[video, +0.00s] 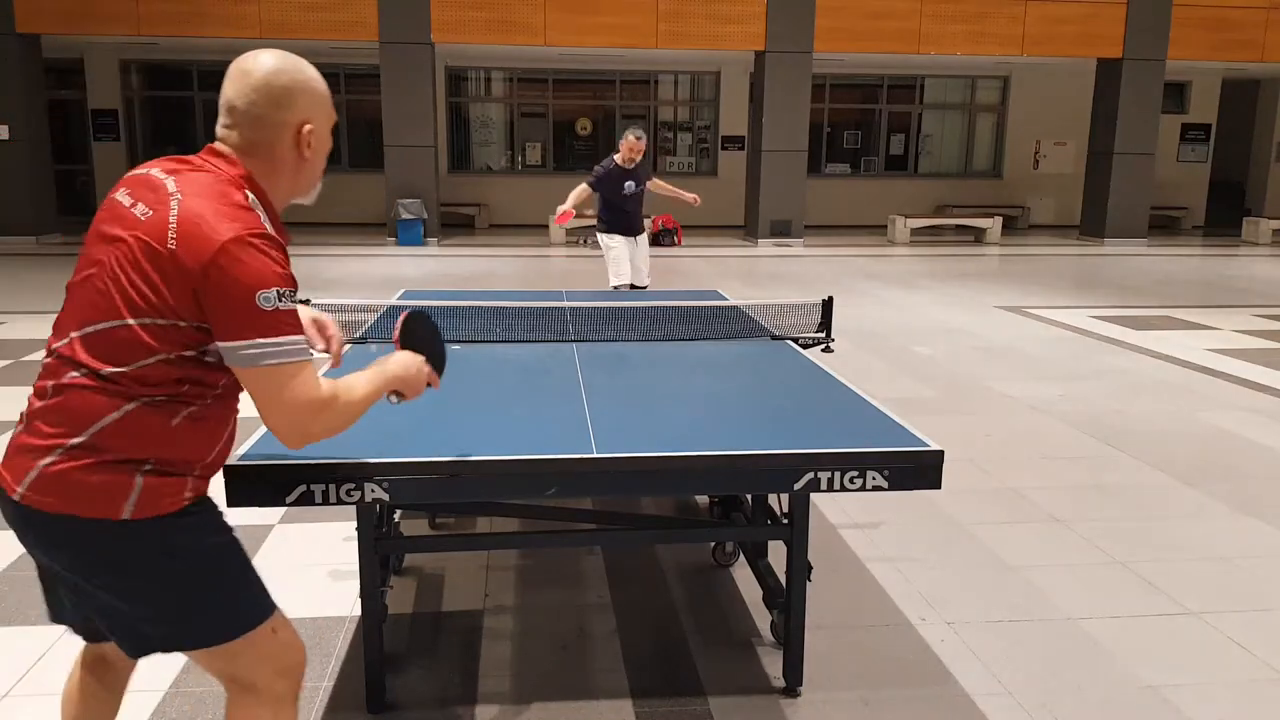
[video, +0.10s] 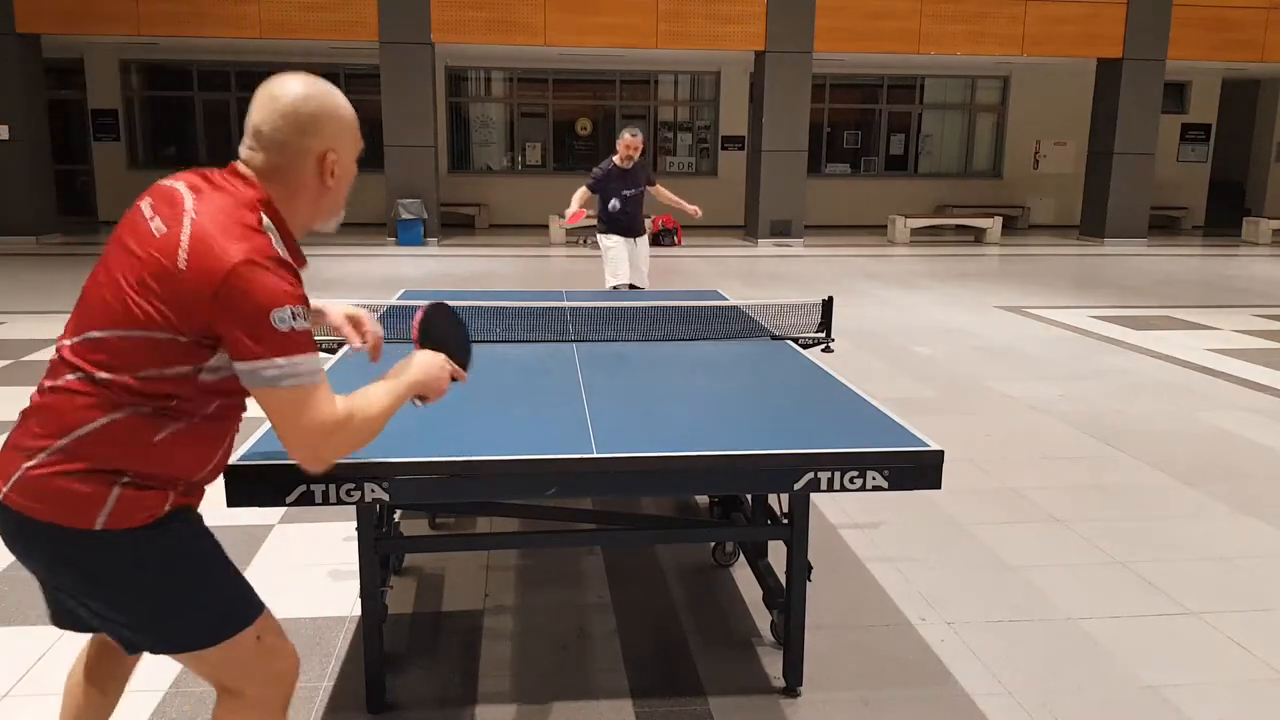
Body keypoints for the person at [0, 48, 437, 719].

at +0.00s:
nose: (328, 151)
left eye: (330, 134)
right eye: (328, 134)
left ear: (230, 122)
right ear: (304, 139)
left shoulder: (148, 180)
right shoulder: (234, 238)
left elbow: (172, 304)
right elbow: (301, 419)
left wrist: (282, 317)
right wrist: (388, 373)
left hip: (43, 478)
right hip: (126, 502)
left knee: (107, 652)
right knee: (270, 667)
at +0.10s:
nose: (352, 183)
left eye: (355, 166)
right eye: (354, 165)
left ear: (254, 144)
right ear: (328, 167)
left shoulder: (181, 191)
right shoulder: (248, 265)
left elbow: (203, 304)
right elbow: (317, 441)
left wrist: (312, 316)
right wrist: (409, 378)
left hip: (39, 481)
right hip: (109, 508)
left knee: (123, 630)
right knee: (264, 674)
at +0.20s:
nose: (364, 229)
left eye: (368, 214)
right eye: (366, 213)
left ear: (267, 180)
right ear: (339, 213)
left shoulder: (205, 224)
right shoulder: (239, 306)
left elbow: (238, 350)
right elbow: (268, 494)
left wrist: (337, 323)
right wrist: (393, 453)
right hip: (96, 521)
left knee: (129, 643)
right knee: (271, 674)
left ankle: (52, 714)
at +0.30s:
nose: (368, 250)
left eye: (372, 237)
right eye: (368, 236)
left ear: (271, 204)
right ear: (333, 241)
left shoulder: (250, 254)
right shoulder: (202, 328)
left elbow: (318, 338)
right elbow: (120, 517)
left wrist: (357, 323)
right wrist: (253, 606)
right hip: (64, 528)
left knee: (118, 665)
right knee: (262, 668)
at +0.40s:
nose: (338, 258)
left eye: (344, 244)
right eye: (338, 243)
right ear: (290, 240)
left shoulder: (235, 258)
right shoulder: (150, 333)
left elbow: (294, 316)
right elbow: (41, 498)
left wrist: (332, 320)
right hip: (89, 525)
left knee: (94, 668)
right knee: (253, 676)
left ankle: (21, 709)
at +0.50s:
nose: (298, 207)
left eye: (298, 191)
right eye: (291, 190)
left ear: (220, 194)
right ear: (224, 194)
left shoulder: (188, 235)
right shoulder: (114, 300)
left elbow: (229, 278)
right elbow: (44, 483)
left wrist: (274, 278)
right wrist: (50, 636)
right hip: (88, 511)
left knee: (72, 656)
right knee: (238, 668)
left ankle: (18, 708)